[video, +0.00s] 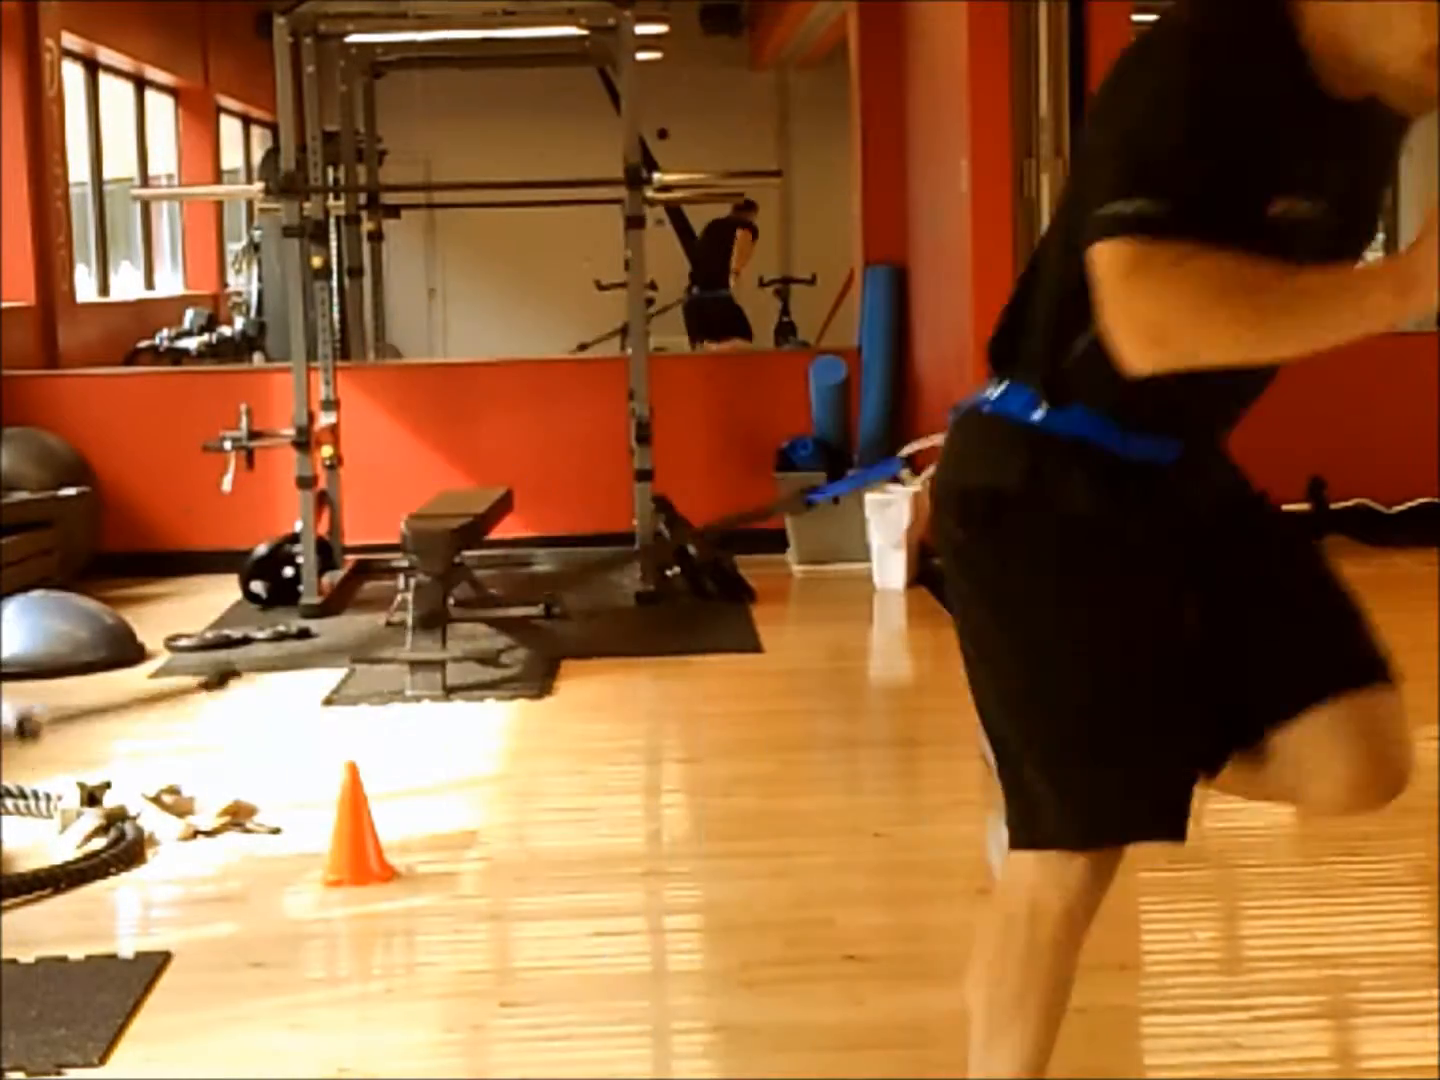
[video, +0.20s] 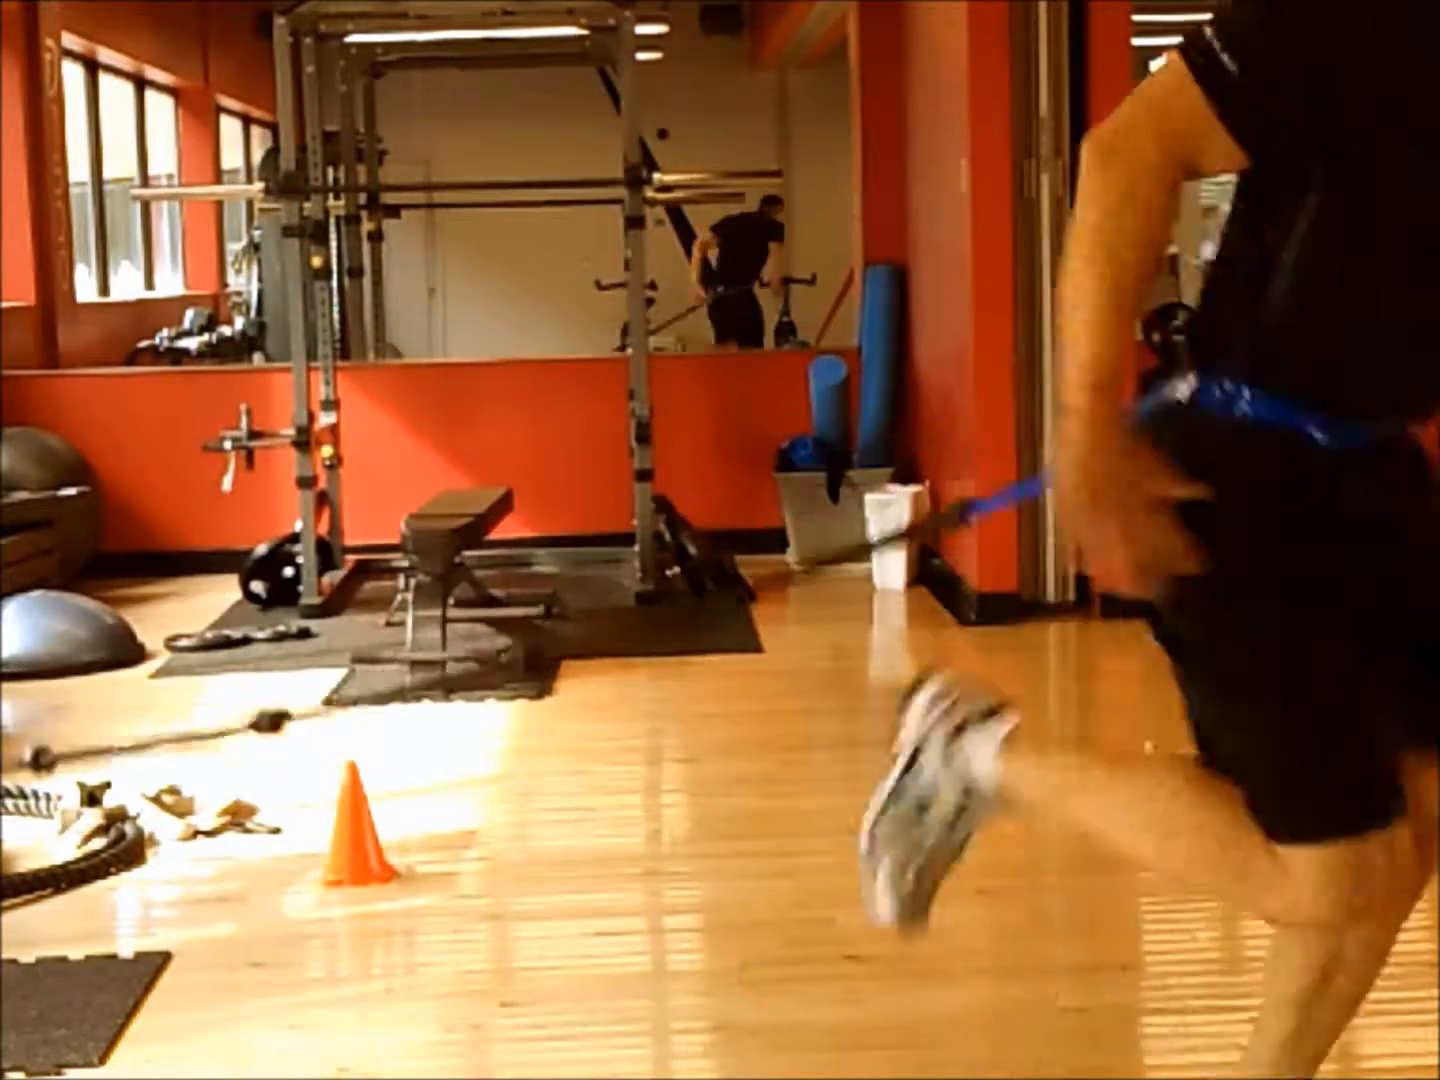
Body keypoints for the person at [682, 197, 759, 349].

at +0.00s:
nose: (754, 218)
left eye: (754, 215)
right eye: (754, 215)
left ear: (733, 211)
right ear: (752, 214)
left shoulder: (712, 224)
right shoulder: (747, 225)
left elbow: (698, 254)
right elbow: (743, 236)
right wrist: (737, 269)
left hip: (694, 300)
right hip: (718, 299)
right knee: (744, 339)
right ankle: (709, 348)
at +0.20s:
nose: (778, 216)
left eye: (778, 213)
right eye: (778, 212)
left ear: (760, 206)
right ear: (775, 210)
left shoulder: (731, 221)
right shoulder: (773, 226)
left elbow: (700, 245)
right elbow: (773, 278)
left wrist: (695, 284)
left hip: (719, 297)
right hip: (745, 296)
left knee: (726, 353)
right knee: (752, 353)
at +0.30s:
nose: (782, 218)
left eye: (781, 214)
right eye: (781, 215)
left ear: (763, 212)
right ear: (779, 214)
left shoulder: (736, 226)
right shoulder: (778, 233)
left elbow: (699, 241)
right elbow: (778, 273)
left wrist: (684, 270)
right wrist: (765, 282)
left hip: (723, 296)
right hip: (748, 296)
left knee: (736, 343)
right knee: (756, 346)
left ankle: (709, 339)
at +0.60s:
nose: (774, 223)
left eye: (774, 219)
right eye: (774, 219)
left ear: (753, 214)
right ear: (769, 217)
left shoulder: (731, 228)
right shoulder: (764, 232)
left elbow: (717, 258)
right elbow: (762, 272)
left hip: (716, 303)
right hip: (742, 302)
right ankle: (738, 344)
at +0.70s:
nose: (774, 211)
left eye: (774, 207)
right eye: (774, 207)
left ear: (755, 202)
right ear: (771, 206)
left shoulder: (727, 217)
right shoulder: (764, 221)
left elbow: (702, 250)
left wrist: (711, 276)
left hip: (712, 292)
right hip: (738, 290)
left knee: (720, 349)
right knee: (749, 344)